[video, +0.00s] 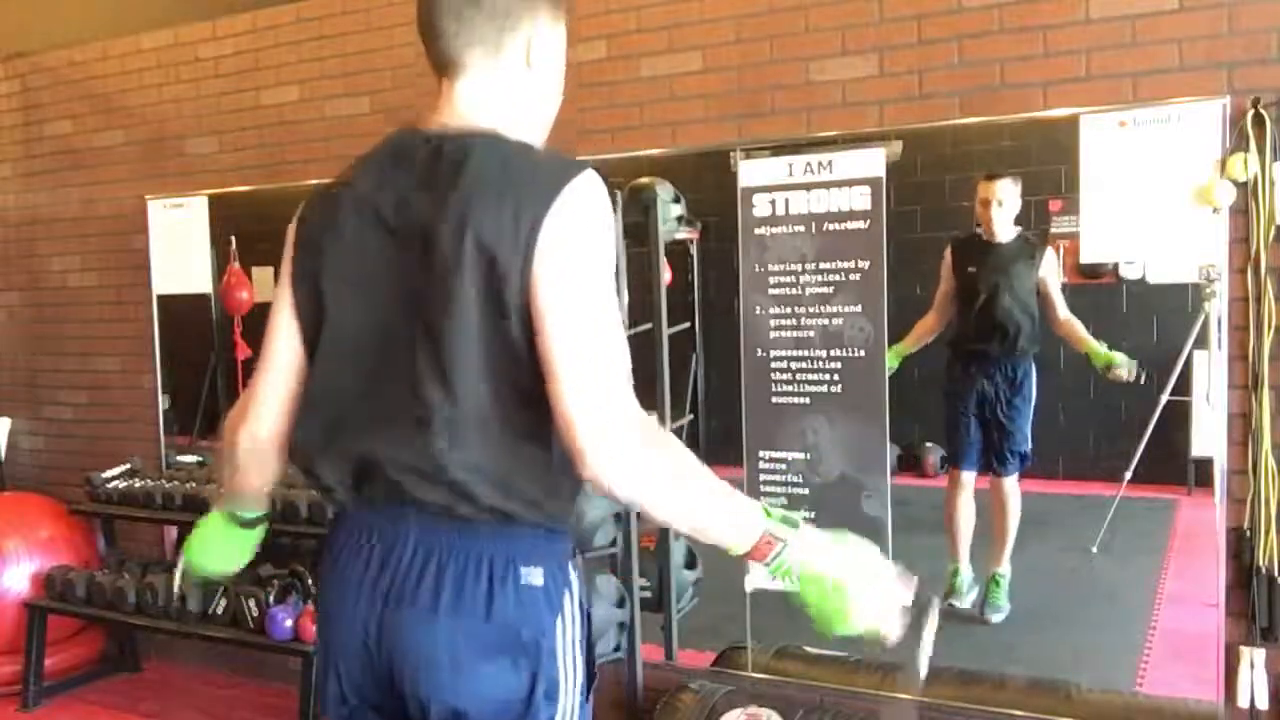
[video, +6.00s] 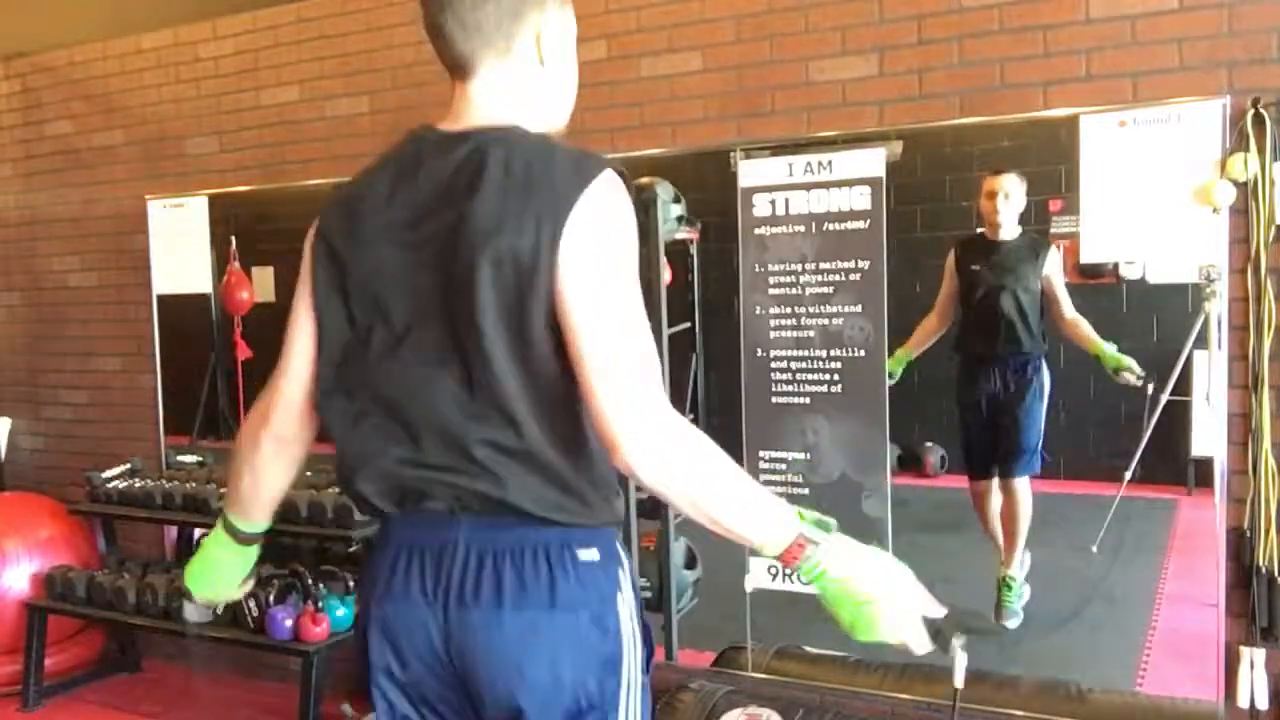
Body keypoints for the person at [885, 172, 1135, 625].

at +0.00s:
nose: (990, 212)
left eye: (999, 204)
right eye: (984, 203)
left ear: (1018, 206)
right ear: (974, 205)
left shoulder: (1038, 255)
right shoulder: (957, 252)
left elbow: (1061, 319)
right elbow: (938, 315)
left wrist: (1100, 355)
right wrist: (897, 352)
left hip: (1015, 373)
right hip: (965, 371)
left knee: (1004, 476)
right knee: (960, 476)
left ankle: (999, 577)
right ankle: (960, 575)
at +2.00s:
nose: (982, 209)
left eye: (991, 200)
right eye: (976, 200)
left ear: (1009, 206)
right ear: (967, 207)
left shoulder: (1031, 256)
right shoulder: (951, 256)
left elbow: (1054, 318)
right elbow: (937, 321)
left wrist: (1091, 351)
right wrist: (897, 358)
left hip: (1013, 374)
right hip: (963, 374)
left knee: (1003, 481)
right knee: (967, 485)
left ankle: (1006, 546)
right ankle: (976, 580)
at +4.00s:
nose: (978, 207)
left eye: (987, 199)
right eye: (972, 199)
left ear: (1003, 204)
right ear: (963, 205)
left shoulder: (1028, 254)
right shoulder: (949, 258)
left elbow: (1056, 314)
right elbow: (935, 321)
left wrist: (1095, 350)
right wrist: (899, 360)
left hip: (1022, 373)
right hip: (972, 374)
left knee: (1016, 472)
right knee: (983, 477)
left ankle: (1017, 570)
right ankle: (991, 572)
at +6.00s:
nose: (997, 205)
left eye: (1006, 196)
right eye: (990, 196)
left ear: (1023, 203)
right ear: (978, 202)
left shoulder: (1043, 253)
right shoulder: (961, 253)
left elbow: (1065, 318)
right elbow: (941, 316)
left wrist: (1106, 352)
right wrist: (902, 355)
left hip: (1025, 373)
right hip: (975, 372)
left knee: (1013, 476)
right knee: (981, 485)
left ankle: (1011, 577)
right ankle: (1011, 557)